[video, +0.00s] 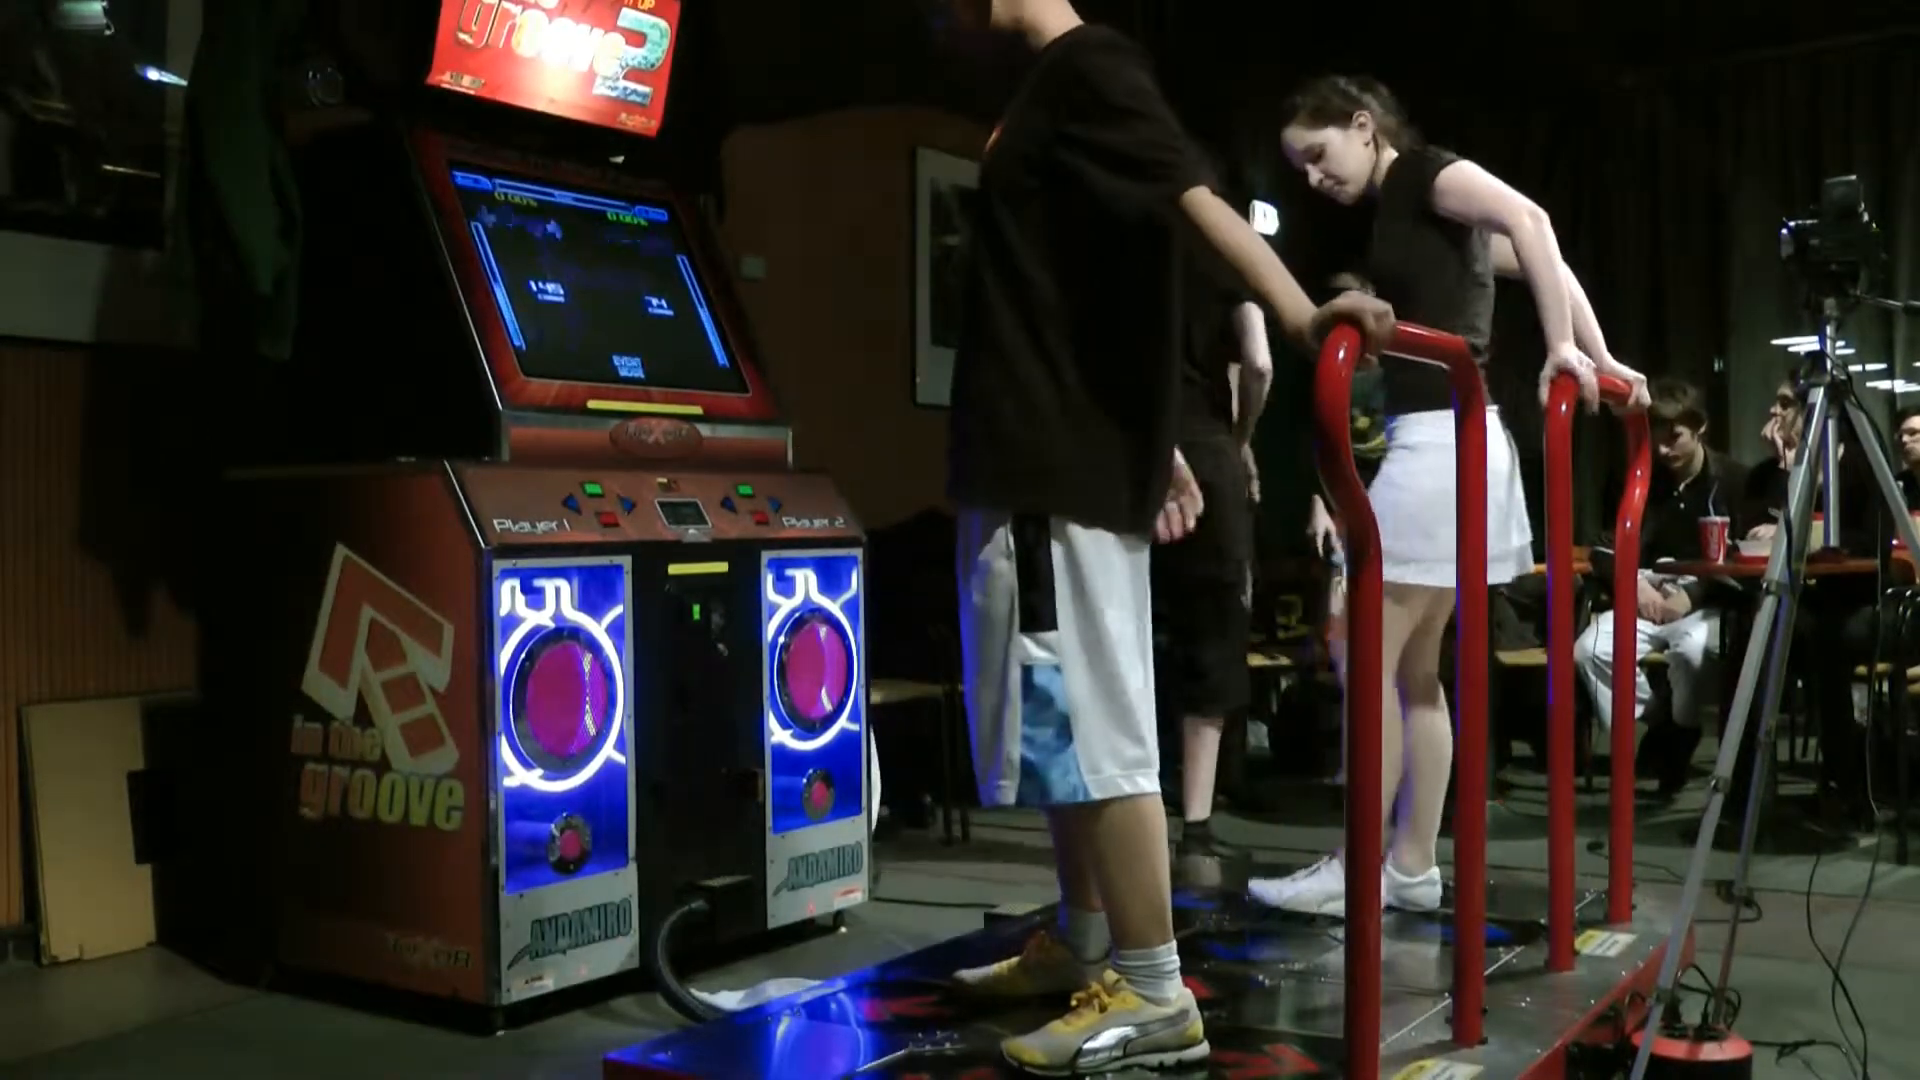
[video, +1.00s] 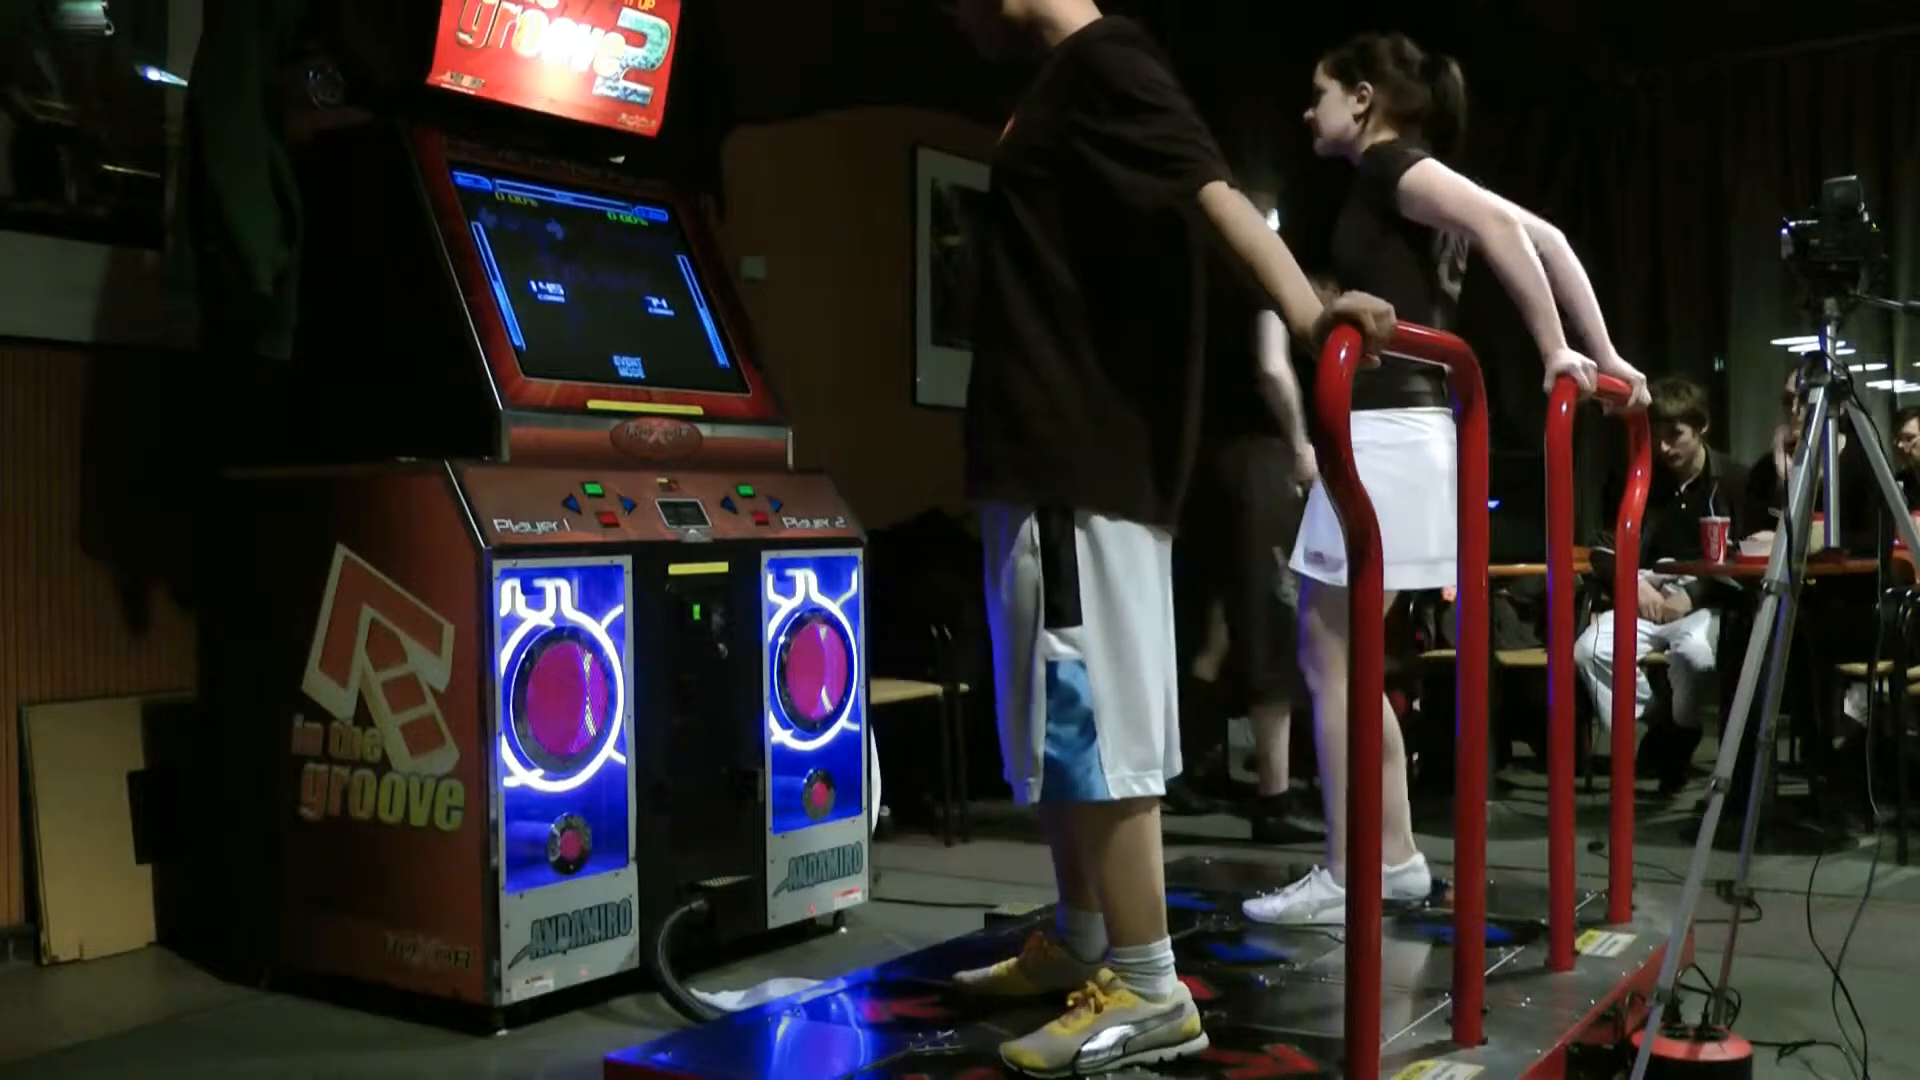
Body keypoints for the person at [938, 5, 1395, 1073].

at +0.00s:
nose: (968, 20)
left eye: (972, 8)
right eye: (968, 15)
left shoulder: (1090, 73)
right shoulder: (1047, 97)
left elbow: (1203, 205)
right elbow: (1103, 300)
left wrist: (1308, 317)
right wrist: (1157, 447)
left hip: (1079, 472)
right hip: (1040, 469)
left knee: (1105, 737)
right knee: (1053, 728)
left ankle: (1154, 992)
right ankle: (1086, 940)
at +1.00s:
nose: (978, 19)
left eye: (982, 8)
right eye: (980, 14)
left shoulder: (1106, 66)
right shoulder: (1054, 90)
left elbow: (1215, 193)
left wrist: (1313, 314)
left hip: (1094, 470)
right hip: (1039, 470)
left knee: (1106, 730)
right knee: (1056, 725)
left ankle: (1150, 988)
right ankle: (1085, 942)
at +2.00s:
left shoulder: (1047, 35)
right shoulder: (1198, 51)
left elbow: (1219, 145)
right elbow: (1336, 167)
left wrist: (1336, 282)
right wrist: (1433, 308)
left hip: (1109, 438)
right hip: (1215, 444)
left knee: (1076, 714)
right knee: (1178, 703)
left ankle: (1093, 998)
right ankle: (1173, 946)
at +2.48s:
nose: (1062, 24)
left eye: (1063, 17)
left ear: (1091, 5)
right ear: (1166, 3)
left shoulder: (1089, 47)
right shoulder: (1247, 65)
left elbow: (1227, 126)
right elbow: (1360, 191)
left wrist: (1296, 311)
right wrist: (1435, 318)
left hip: (1127, 427)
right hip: (1241, 441)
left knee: (1098, 708)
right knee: (1171, 706)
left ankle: (1093, 992)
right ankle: (1155, 960)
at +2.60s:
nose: (1058, 21)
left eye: (1062, 16)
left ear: (1088, 3)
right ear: (1168, 1)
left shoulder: (1103, 52)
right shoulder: (1247, 69)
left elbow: (1190, 177)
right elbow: (1358, 189)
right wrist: (1433, 316)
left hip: (1138, 446)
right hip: (1241, 441)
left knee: (1102, 713)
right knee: (1175, 709)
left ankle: (1095, 991)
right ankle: (1153, 955)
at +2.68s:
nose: (1068, 19)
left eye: (1072, 12)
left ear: (1103, 2)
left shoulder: (1106, 61)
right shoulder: (1258, 72)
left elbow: (1128, 220)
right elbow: (1361, 188)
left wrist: (987, 247)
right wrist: (1433, 314)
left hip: (1128, 434)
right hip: (1239, 437)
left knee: (1105, 708)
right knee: (1175, 700)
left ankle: (1093, 988)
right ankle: (1153, 954)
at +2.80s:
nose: (1057, 14)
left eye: (1063, 9)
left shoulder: (1093, 67)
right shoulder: (1258, 73)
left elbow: (989, 190)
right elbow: (1370, 192)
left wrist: (980, 101)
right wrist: (1434, 317)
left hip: (1120, 430)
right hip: (1235, 434)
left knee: (1096, 705)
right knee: (1178, 704)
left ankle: (1089, 984)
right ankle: (1152, 960)